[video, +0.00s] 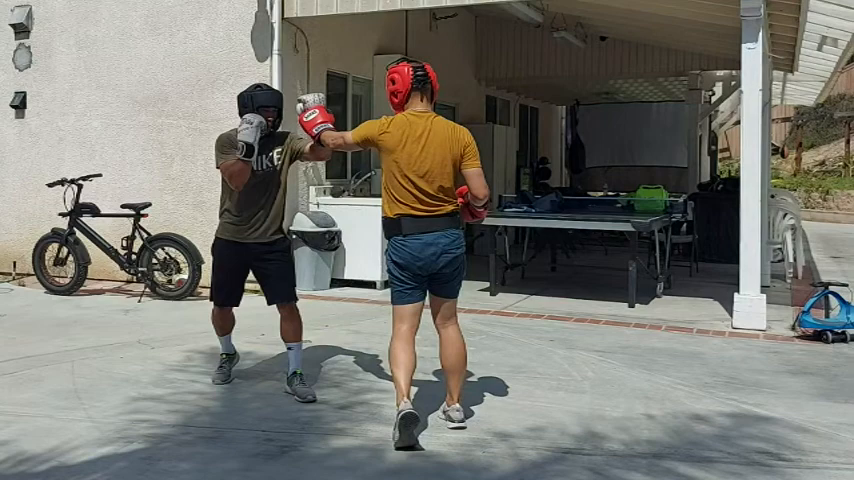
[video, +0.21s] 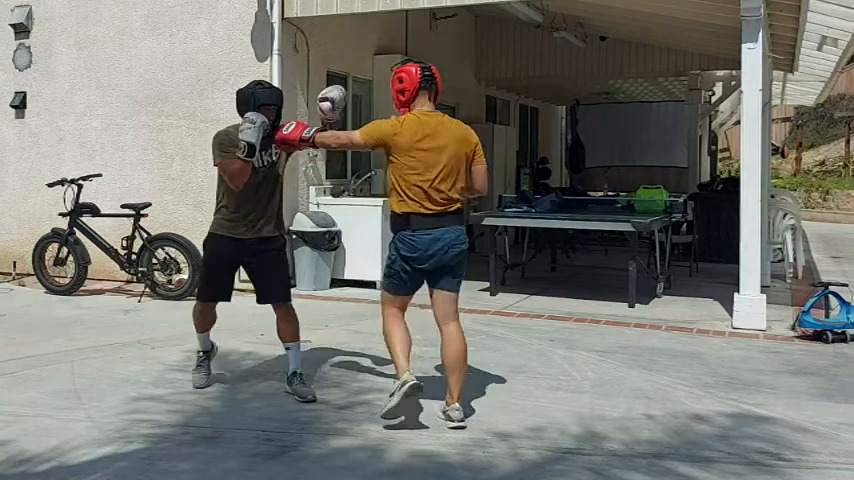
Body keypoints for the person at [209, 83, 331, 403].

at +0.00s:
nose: (270, 119)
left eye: (275, 114)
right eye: (264, 113)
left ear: (279, 116)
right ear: (247, 114)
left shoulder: (286, 141)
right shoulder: (228, 141)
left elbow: (322, 153)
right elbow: (236, 180)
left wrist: (317, 121)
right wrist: (248, 144)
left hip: (273, 240)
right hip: (231, 240)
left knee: (287, 304)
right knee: (221, 307)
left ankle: (295, 374)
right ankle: (227, 353)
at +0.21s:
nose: (271, 118)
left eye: (275, 112)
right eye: (264, 111)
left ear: (279, 114)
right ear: (247, 111)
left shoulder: (281, 139)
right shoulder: (226, 138)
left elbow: (315, 142)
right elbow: (235, 180)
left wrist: (329, 120)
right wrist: (249, 145)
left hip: (268, 238)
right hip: (225, 236)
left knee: (283, 304)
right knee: (205, 303)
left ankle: (295, 373)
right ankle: (205, 351)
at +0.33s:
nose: (266, 117)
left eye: (267, 112)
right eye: (261, 112)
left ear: (266, 114)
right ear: (241, 114)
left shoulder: (270, 140)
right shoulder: (214, 143)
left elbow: (307, 164)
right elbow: (228, 187)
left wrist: (315, 138)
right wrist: (243, 153)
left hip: (260, 242)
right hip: (215, 239)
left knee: (279, 305)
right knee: (190, 303)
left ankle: (296, 373)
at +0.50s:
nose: (242, 129)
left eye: (242, 123)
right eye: (236, 124)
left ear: (238, 122)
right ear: (215, 126)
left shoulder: (241, 153)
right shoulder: (186, 155)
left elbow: (264, 190)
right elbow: (198, 204)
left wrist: (294, 182)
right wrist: (224, 175)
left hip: (236, 253)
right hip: (190, 252)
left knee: (267, 312)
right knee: (163, 316)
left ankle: (293, 374)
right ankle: (134, 381)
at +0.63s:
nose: (231, 132)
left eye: (232, 126)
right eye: (225, 126)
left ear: (222, 124)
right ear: (204, 125)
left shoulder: (221, 153)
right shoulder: (170, 150)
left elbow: (230, 186)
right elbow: (175, 199)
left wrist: (257, 189)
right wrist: (210, 176)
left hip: (216, 245)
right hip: (174, 246)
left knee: (252, 306)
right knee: (155, 318)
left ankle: (263, 376)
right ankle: (133, 383)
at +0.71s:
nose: (230, 130)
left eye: (232, 123)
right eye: (225, 123)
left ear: (218, 121)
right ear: (204, 120)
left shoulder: (215, 147)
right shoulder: (170, 142)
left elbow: (225, 181)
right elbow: (178, 192)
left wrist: (250, 178)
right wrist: (216, 170)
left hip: (210, 241)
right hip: (170, 242)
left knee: (247, 300)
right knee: (155, 317)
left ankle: (238, 376)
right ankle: (132, 382)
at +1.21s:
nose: (240, 134)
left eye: (241, 129)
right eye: (238, 128)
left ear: (214, 123)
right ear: (224, 126)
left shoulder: (211, 154)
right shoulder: (192, 141)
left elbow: (225, 203)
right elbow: (218, 194)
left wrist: (246, 170)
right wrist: (241, 161)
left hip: (184, 249)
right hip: (151, 246)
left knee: (217, 306)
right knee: (143, 318)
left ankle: (207, 381)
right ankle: (91, 393)